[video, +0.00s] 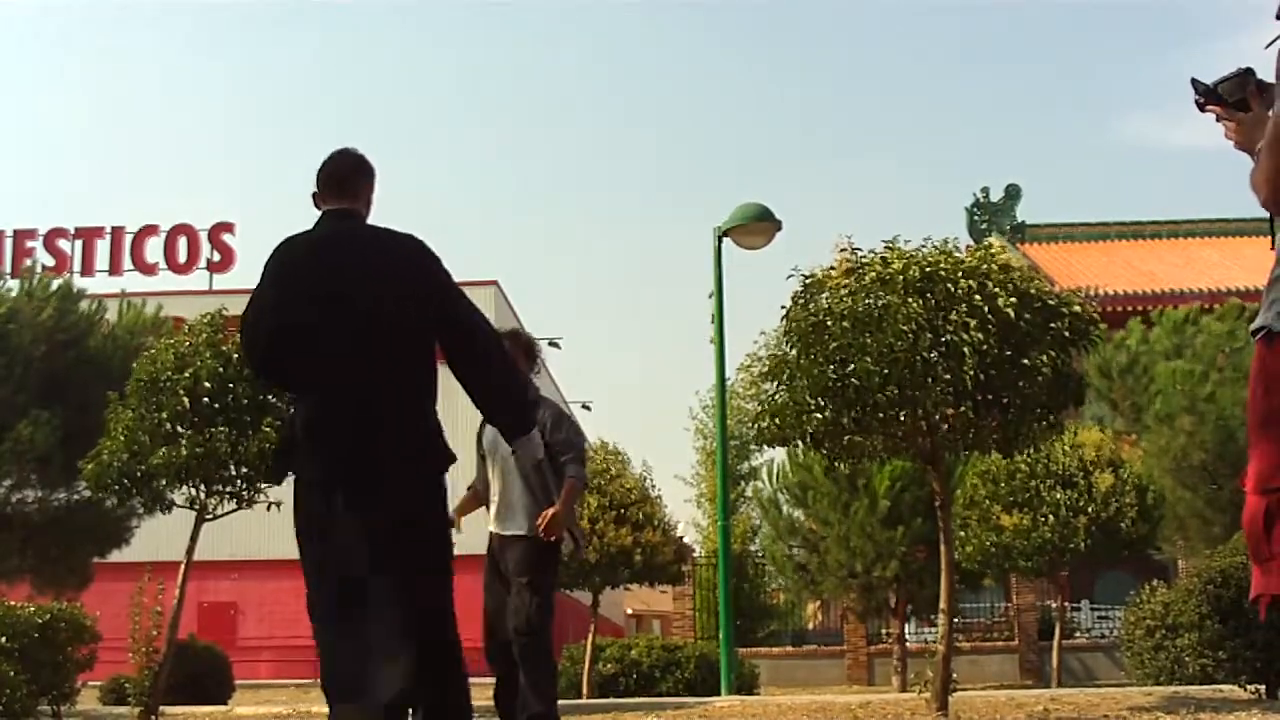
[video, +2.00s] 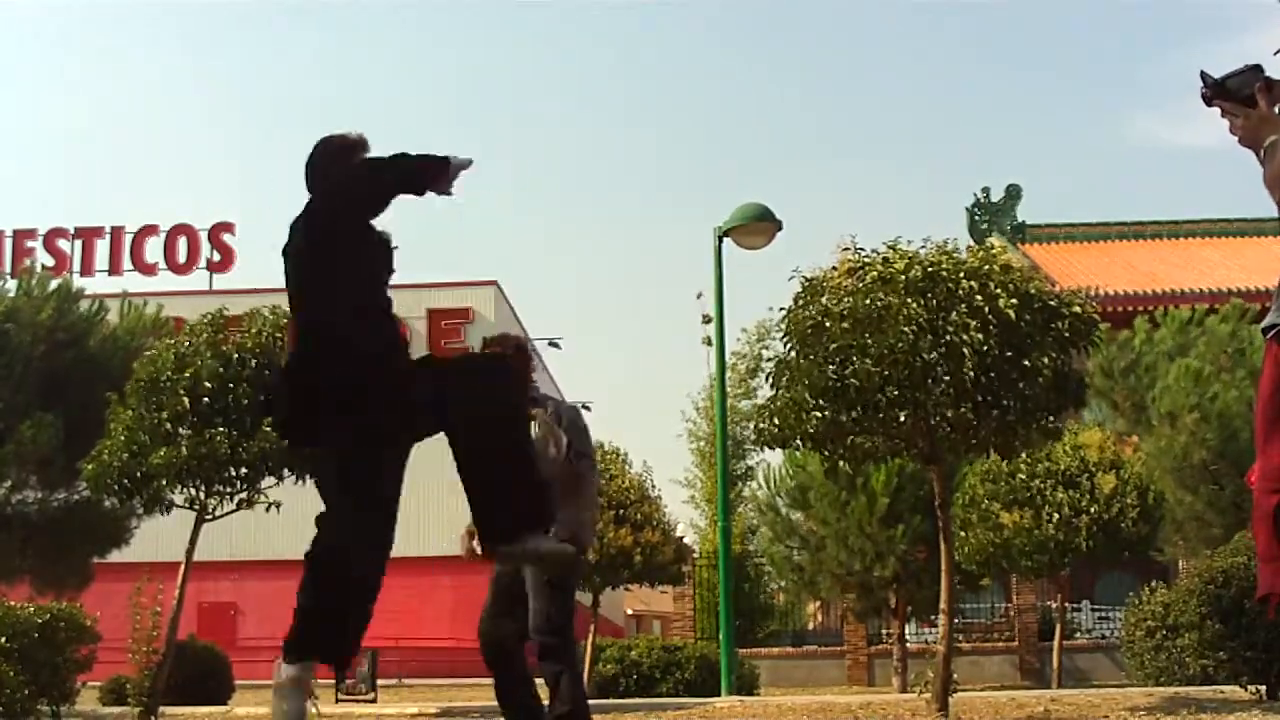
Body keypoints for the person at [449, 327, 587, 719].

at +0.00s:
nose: (504, 369)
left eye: (512, 359)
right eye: (499, 360)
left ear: (530, 364)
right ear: (491, 366)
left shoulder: (551, 414)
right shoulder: (489, 423)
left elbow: (575, 464)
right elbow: (484, 484)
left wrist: (563, 508)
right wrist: (455, 514)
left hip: (535, 541)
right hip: (499, 541)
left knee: (528, 634)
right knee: (497, 639)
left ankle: (539, 712)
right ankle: (510, 712)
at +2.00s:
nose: (498, 373)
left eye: (505, 363)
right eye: (492, 366)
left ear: (526, 366)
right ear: (486, 372)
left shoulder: (558, 413)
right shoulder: (494, 417)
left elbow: (579, 479)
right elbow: (490, 475)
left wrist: (570, 534)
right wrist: (478, 525)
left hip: (556, 537)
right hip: (513, 538)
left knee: (551, 639)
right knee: (497, 635)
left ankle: (571, 710)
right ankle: (522, 711)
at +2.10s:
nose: (495, 392)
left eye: (504, 383)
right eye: (489, 384)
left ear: (527, 386)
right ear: (483, 389)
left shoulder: (561, 430)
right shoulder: (495, 436)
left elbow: (539, 493)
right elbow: (500, 504)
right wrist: (464, 540)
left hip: (562, 550)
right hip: (517, 551)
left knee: (543, 639)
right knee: (486, 639)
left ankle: (567, 711)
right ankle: (519, 713)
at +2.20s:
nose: (493, 413)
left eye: (501, 404)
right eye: (492, 405)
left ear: (524, 403)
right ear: (493, 409)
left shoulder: (549, 446)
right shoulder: (508, 453)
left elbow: (526, 498)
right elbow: (490, 521)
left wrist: (465, 506)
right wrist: (447, 535)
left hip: (555, 562)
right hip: (527, 563)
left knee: (532, 639)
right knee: (485, 637)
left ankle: (566, 713)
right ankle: (504, 714)